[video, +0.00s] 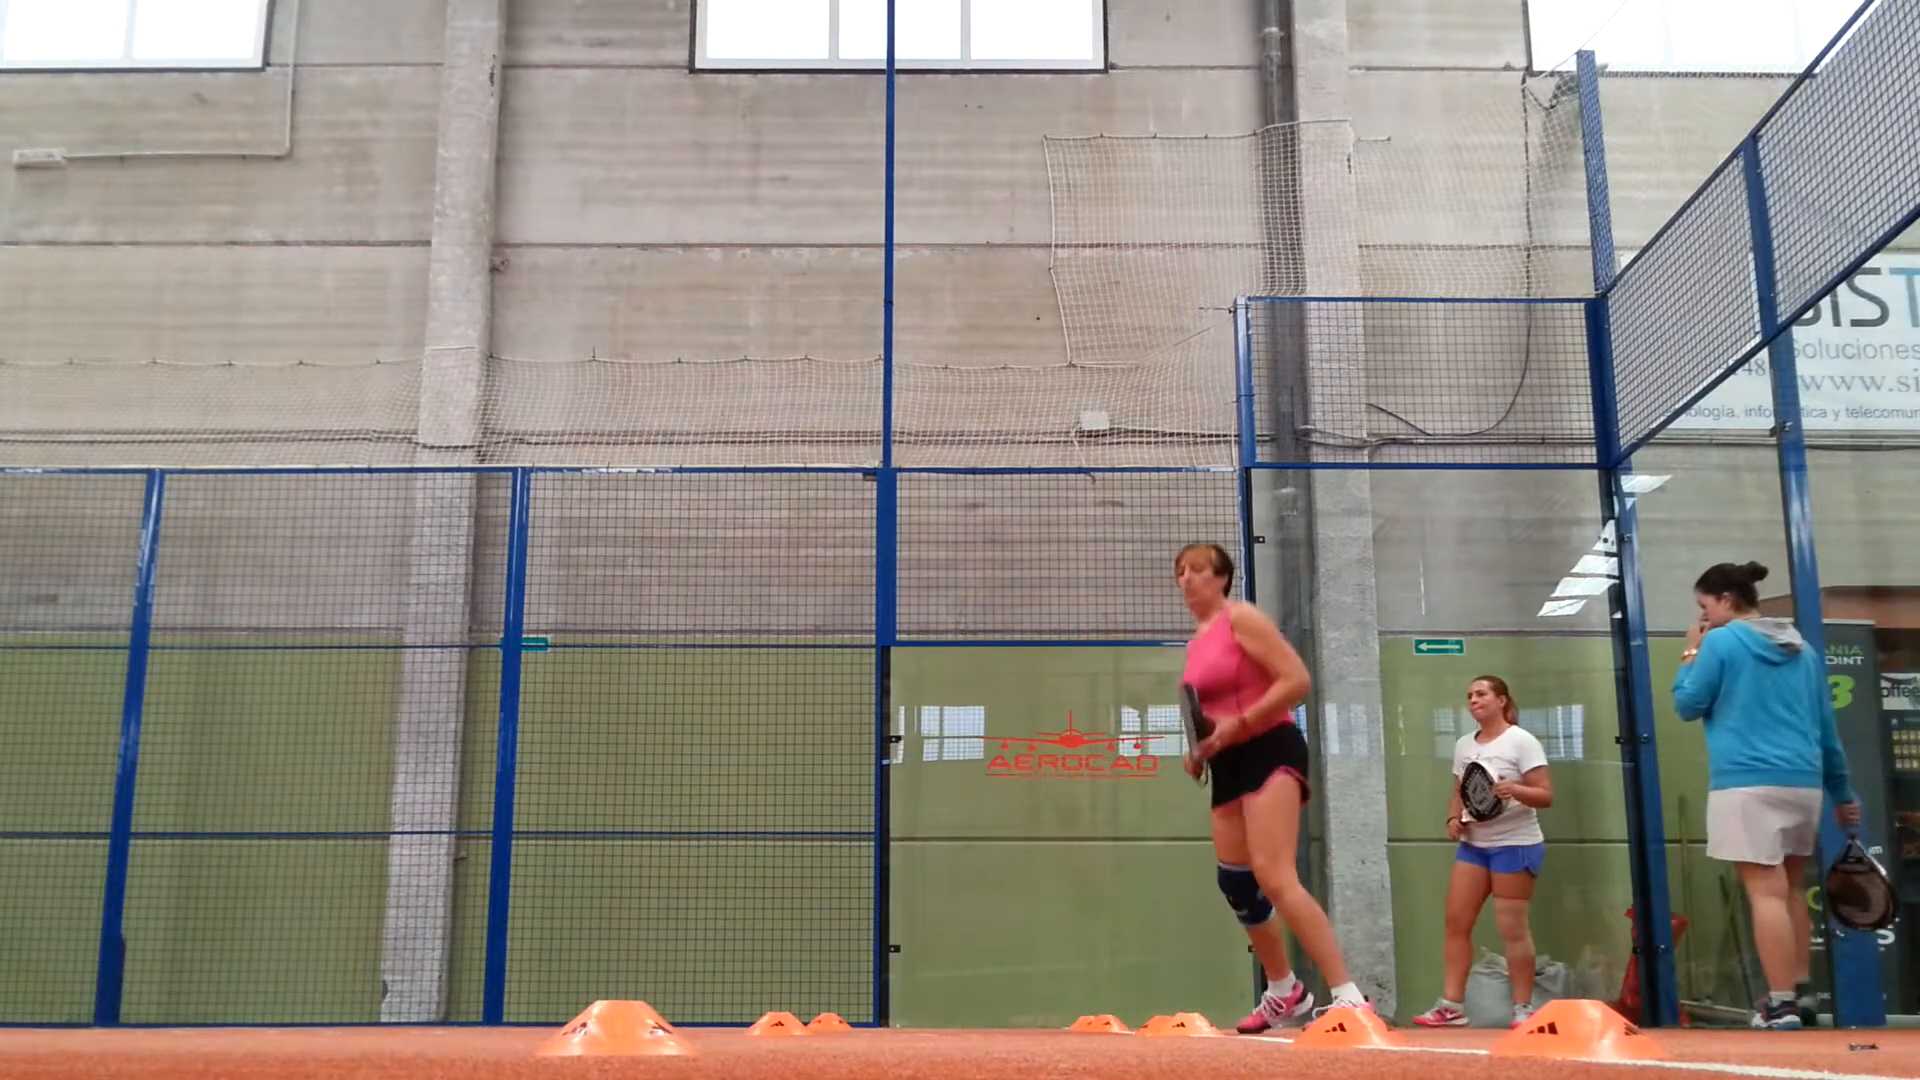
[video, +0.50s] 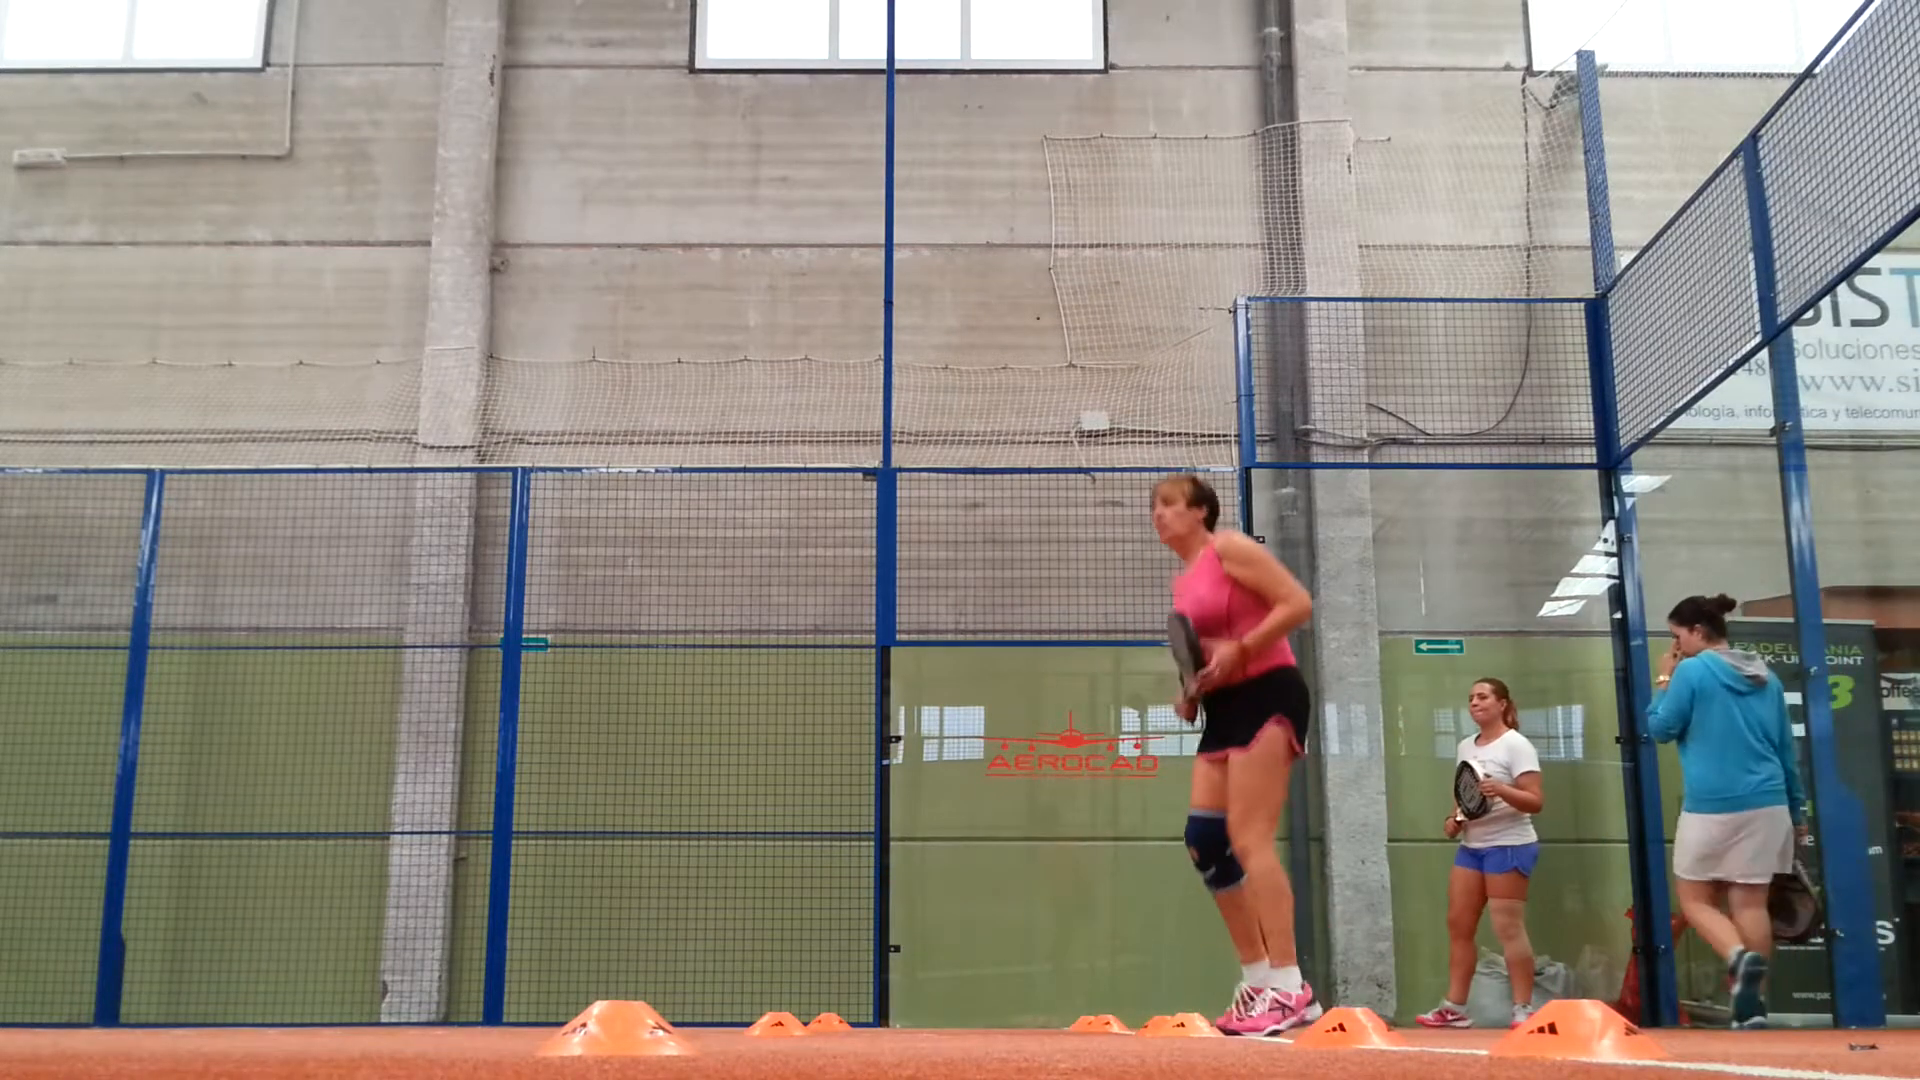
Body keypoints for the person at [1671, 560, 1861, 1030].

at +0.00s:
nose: (1702, 615)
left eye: (1704, 606)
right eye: (1700, 607)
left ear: (1725, 600)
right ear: (1747, 600)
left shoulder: (1722, 640)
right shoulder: (1803, 648)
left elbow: (1688, 703)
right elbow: (1826, 731)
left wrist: (1690, 657)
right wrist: (1842, 793)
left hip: (1748, 782)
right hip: (1804, 782)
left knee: (1766, 891)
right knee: (1792, 888)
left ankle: (1782, 1005)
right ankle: (1799, 994)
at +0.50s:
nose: (1675, 645)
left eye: (1677, 637)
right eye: (1674, 638)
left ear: (1697, 632)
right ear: (1715, 633)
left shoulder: (1692, 670)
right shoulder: (1764, 674)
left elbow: (1661, 727)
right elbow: (1785, 749)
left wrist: (1664, 682)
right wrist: (1796, 812)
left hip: (1709, 805)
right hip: (1767, 802)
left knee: (1696, 901)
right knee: (1751, 902)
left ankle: (1737, 957)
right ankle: (1752, 1009)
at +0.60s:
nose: (1670, 648)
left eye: (1671, 640)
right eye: (1668, 641)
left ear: (1691, 634)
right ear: (1709, 635)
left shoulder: (1689, 671)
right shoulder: (1756, 676)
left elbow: (1660, 729)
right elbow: (1777, 745)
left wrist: (1657, 686)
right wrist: (1775, 796)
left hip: (1704, 801)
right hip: (1760, 798)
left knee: (1686, 895)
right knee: (1746, 901)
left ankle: (1720, 976)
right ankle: (1753, 1006)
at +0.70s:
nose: (1663, 651)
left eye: (1665, 642)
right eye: (1661, 643)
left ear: (1686, 639)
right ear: (1703, 640)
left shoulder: (1684, 675)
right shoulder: (1749, 678)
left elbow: (1658, 733)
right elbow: (1764, 748)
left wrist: (1647, 697)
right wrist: (1760, 795)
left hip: (1697, 803)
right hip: (1752, 800)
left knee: (1683, 900)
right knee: (1743, 902)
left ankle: (1697, 1000)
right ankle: (1752, 1004)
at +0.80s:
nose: (1656, 657)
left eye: (1658, 648)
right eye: (1654, 649)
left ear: (1679, 644)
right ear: (1694, 645)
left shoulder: (1677, 682)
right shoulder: (1737, 682)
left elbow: (1660, 740)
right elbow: (1744, 743)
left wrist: (1638, 713)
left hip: (1691, 812)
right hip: (1744, 805)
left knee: (1683, 910)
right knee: (1738, 903)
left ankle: (1680, 1003)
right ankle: (1750, 1003)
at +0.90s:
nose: (1647, 661)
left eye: (1649, 653)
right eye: (1645, 654)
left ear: (1671, 651)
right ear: (1683, 652)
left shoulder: (1668, 688)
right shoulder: (1725, 688)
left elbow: (1662, 746)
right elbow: (1732, 749)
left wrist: (1626, 732)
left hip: (1682, 816)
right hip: (1733, 809)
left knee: (1680, 917)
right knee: (1730, 903)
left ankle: (1682, 1009)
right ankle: (1749, 998)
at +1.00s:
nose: (1636, 664)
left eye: (1640, 655)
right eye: (1635, 656)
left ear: (1664, 654)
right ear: (1671, 656)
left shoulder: (1659, 692)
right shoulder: (1713, 693)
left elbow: (1657, 748)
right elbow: (1723, 756)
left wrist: (1619, 749)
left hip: (1669, 819)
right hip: (1720, 814)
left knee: (1673, 918)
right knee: (1723, 906)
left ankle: (1681, 1010)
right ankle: (1744, 976)